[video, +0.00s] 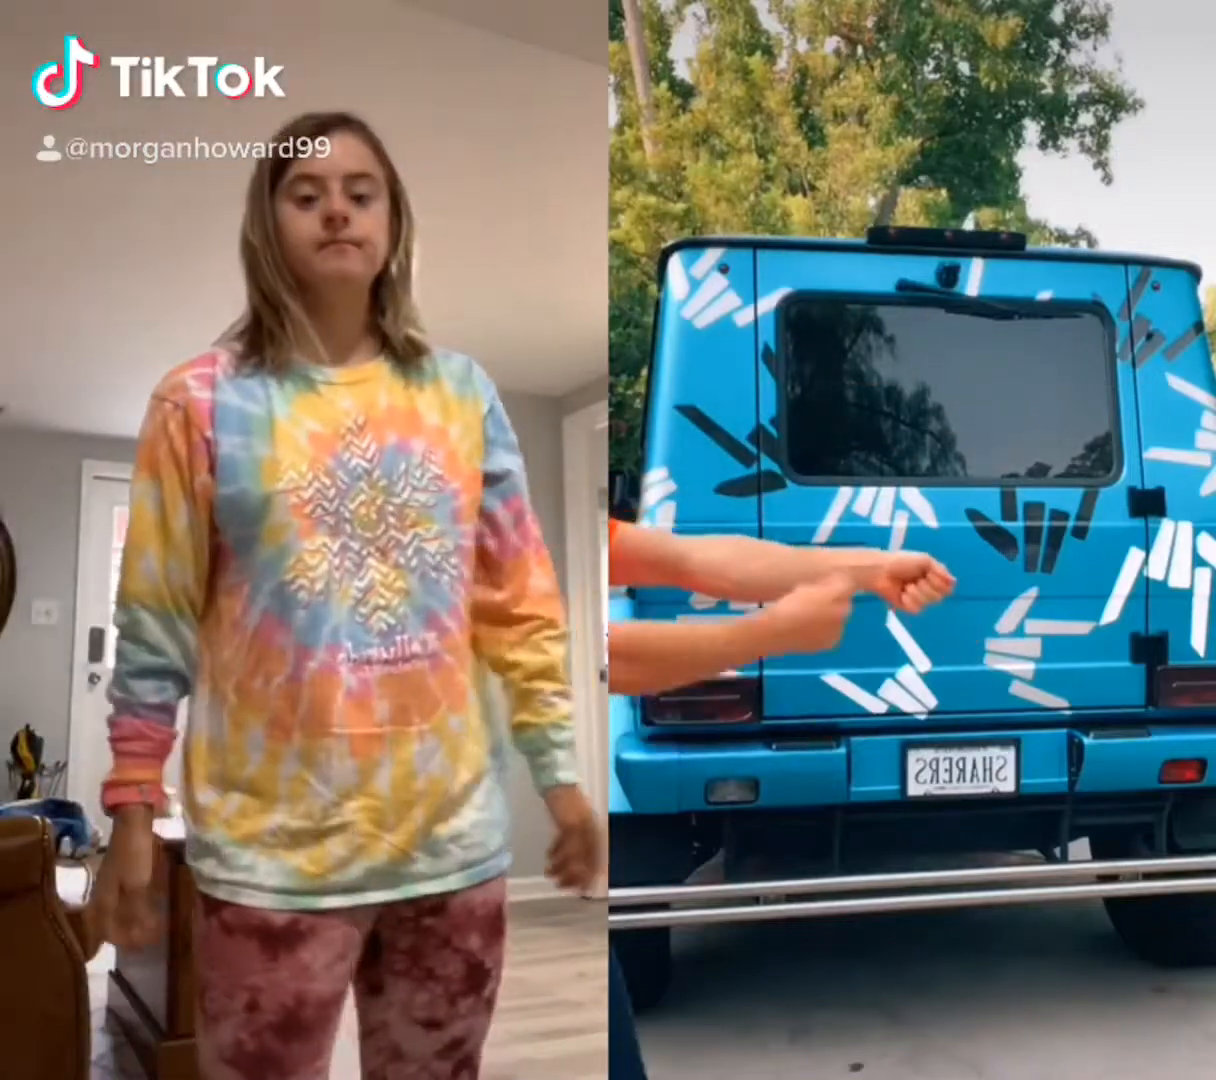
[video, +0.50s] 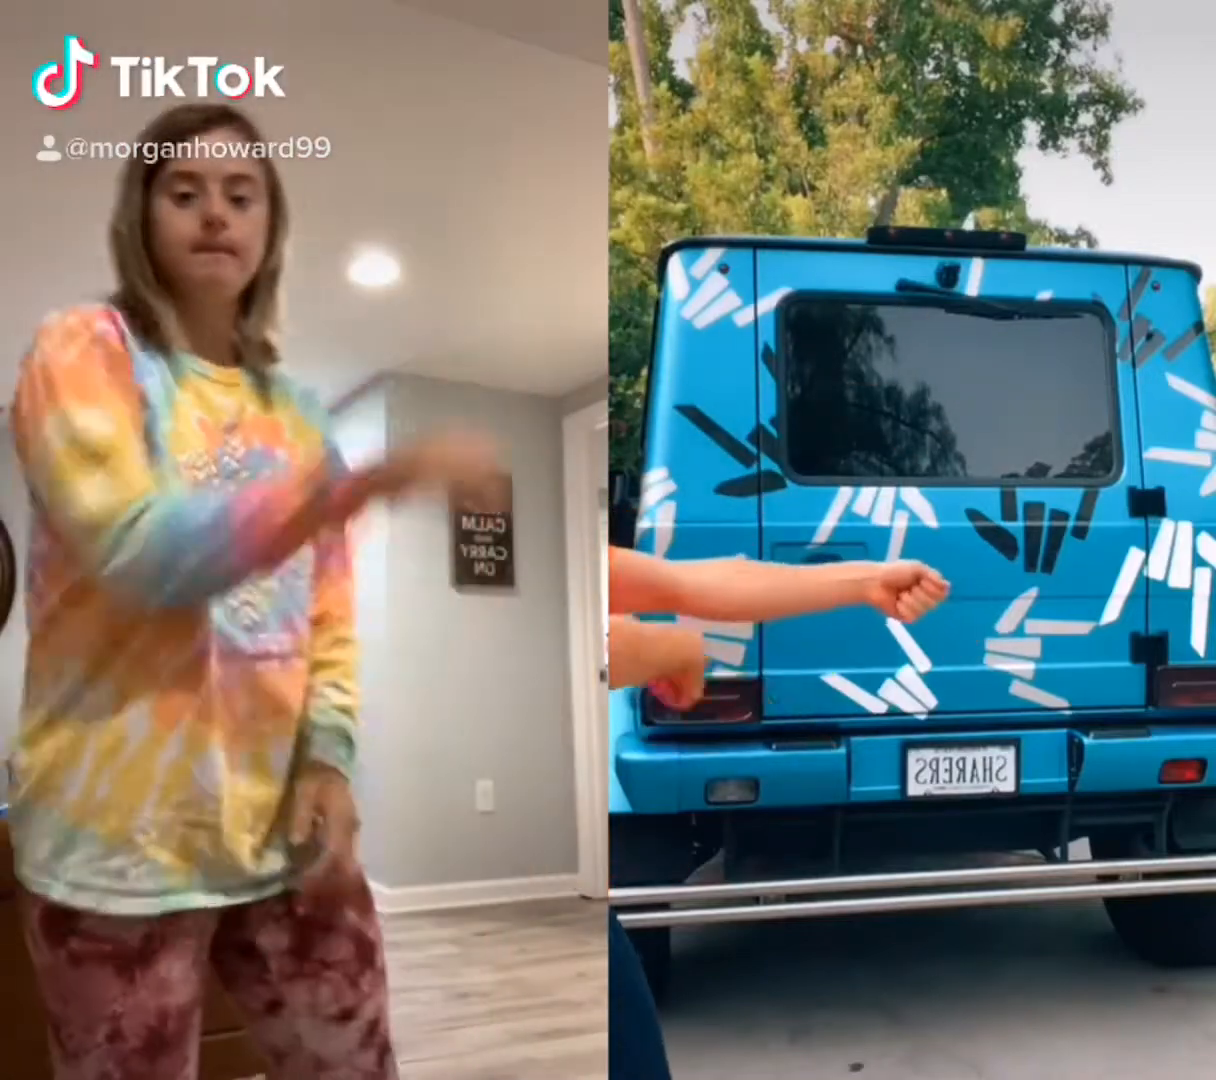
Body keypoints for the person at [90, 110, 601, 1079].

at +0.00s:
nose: (339, 212)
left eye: (362, 193)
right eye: (308, 195)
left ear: (394, 224)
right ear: (267, 226)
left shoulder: (462, 393)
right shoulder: (202, 403)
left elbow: (519, 606)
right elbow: (153, 627)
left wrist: (561, 780)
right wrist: (133, 814)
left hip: (450, 846)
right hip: (270, 856)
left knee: (435, 1075)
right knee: (260, 1071)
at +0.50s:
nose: (216, 216)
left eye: (241, 194)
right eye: (185, 192)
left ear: (273, 227)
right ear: (140, 218)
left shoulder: (301, 414)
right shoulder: (80, 351)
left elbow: (329, 622)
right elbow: (136, 553)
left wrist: (327, 757)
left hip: (284, 829)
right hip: (117, 843)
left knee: (349, 1067)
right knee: (127, 1073)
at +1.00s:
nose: (170, 205)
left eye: (195, 184)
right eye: (138, 180)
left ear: (220, 213)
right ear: (90, 203)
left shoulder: (215, 358)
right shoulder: (77, 319)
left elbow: (372, 445)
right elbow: (295, 386)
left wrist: (456, 313)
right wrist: (534, 445)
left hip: (257, 802)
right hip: (102, 812)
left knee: (302, 1069)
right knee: (120, 1072)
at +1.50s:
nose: (170, 216)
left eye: (197, 196)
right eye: (141, 191)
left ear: (226, 228)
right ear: (94, 214)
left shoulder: (264, 397)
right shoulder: (51, 340)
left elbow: (398, 511)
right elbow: (194, 488)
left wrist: (537, 619)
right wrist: (405, 595)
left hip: (293, 820)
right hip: (116, 832)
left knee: (360, 1065)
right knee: (137, 1070)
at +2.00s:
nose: (311, 239)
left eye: (338, 219)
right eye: (285, 214)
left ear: (371, 250)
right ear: (241, 238)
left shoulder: (436, 381)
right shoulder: (184, 423)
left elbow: (427, 564)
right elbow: (39, 577)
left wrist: (232, 640)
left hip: (439, 842)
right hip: (253, 857)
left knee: (465, 1072)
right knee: (233, 1069)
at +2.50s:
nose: (384, 237)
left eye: (411, 220)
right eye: (357, 217)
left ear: (439, 251)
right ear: (315, 242)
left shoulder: (507, 388)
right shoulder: (260, 418)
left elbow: (561, 572)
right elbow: (226, 616)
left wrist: (580, 711)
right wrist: (186, 772)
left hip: (501, 829)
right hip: (332, 842)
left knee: (481, 1071)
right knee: (322, 1071)